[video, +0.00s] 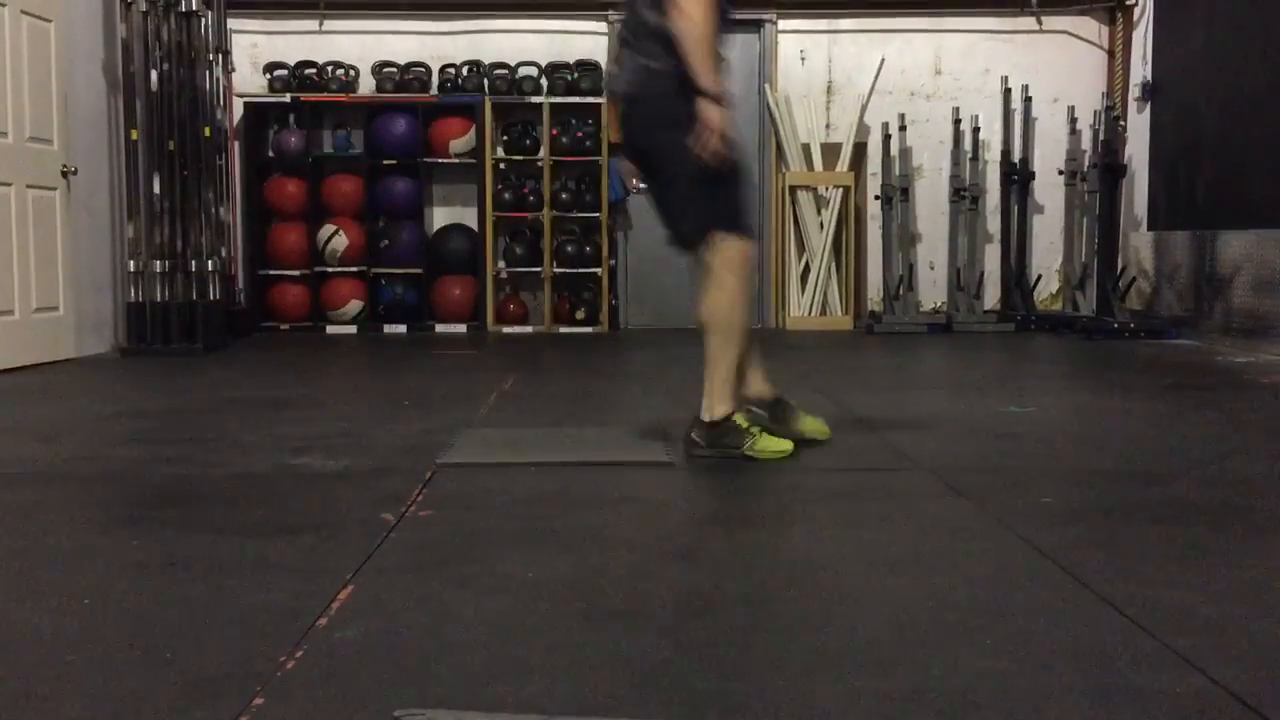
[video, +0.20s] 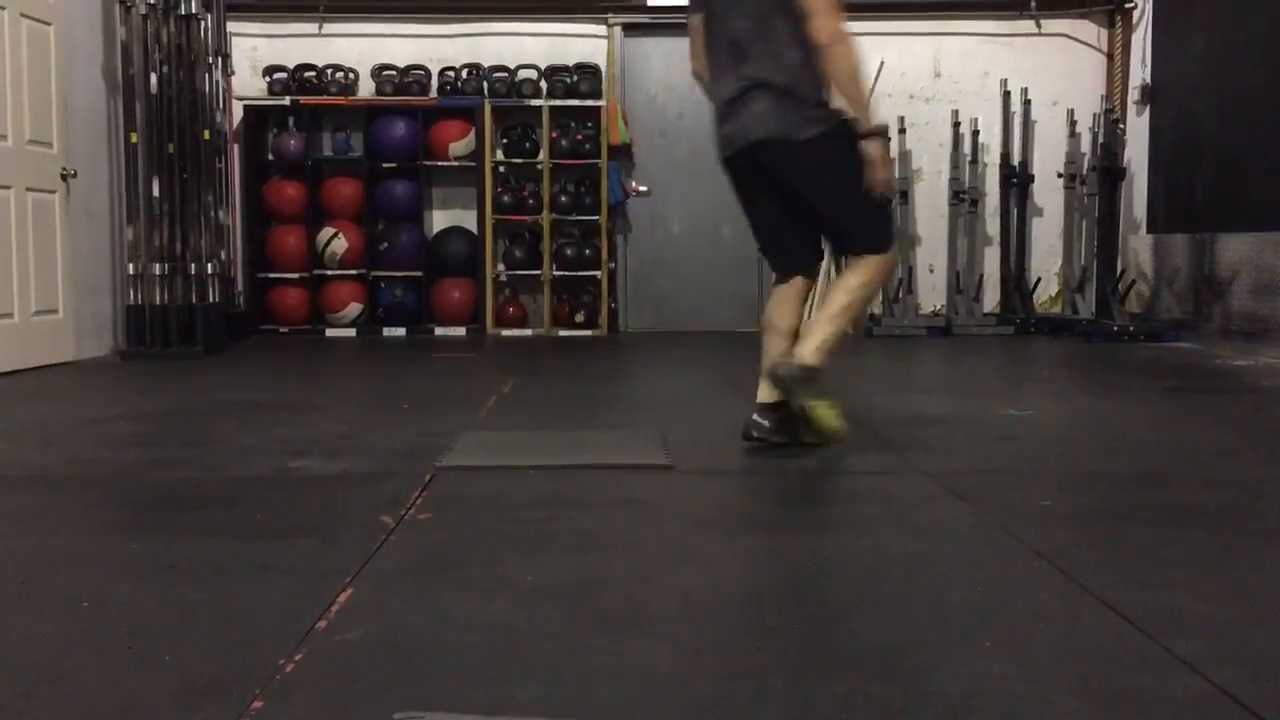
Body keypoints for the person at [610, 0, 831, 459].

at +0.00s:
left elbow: (635, 38)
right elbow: (688, 7)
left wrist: (624, 137)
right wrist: (711, 93)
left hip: (652, 100)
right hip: (674, 97)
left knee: (720, 253)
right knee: (732, 248)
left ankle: (757, 396)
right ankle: (716, 420)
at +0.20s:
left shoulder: (705, 5)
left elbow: (702, 64)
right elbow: (827, 35)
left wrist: (750, 113)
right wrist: (869, 127)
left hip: (739, 140)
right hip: (803, 128)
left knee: (795, 265)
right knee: (874, 249)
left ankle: (769, 406)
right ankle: (804, 362)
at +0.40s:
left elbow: (745, 41)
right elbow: (963, 9)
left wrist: (796, 87)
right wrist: (967, 71)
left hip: (815, 119)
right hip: (894, 114)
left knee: (804, 266)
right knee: (929, 258)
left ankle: (775, 401)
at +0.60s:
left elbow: (844, 67)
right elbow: (1023, 36)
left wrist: (809, 127)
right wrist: (1034, 115)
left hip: (892, 141)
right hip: (967, 137)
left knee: (849, 271)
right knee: (976, 276)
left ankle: (825, 407)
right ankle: (1002, 415)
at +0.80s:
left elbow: (926, 34)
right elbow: (1018, 33)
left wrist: (900, 129)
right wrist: (1010, 108)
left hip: (949, 125)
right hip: (1005, 124)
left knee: (931, 268)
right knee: (1000, 269)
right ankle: (1005, 407)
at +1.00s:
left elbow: (967, 37)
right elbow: (1016, 35)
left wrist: (960, 141)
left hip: (1012, 128)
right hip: (985, 131)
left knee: (1030, 276)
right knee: (961, 268)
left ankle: (1059, 430)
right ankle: (1004, 408)